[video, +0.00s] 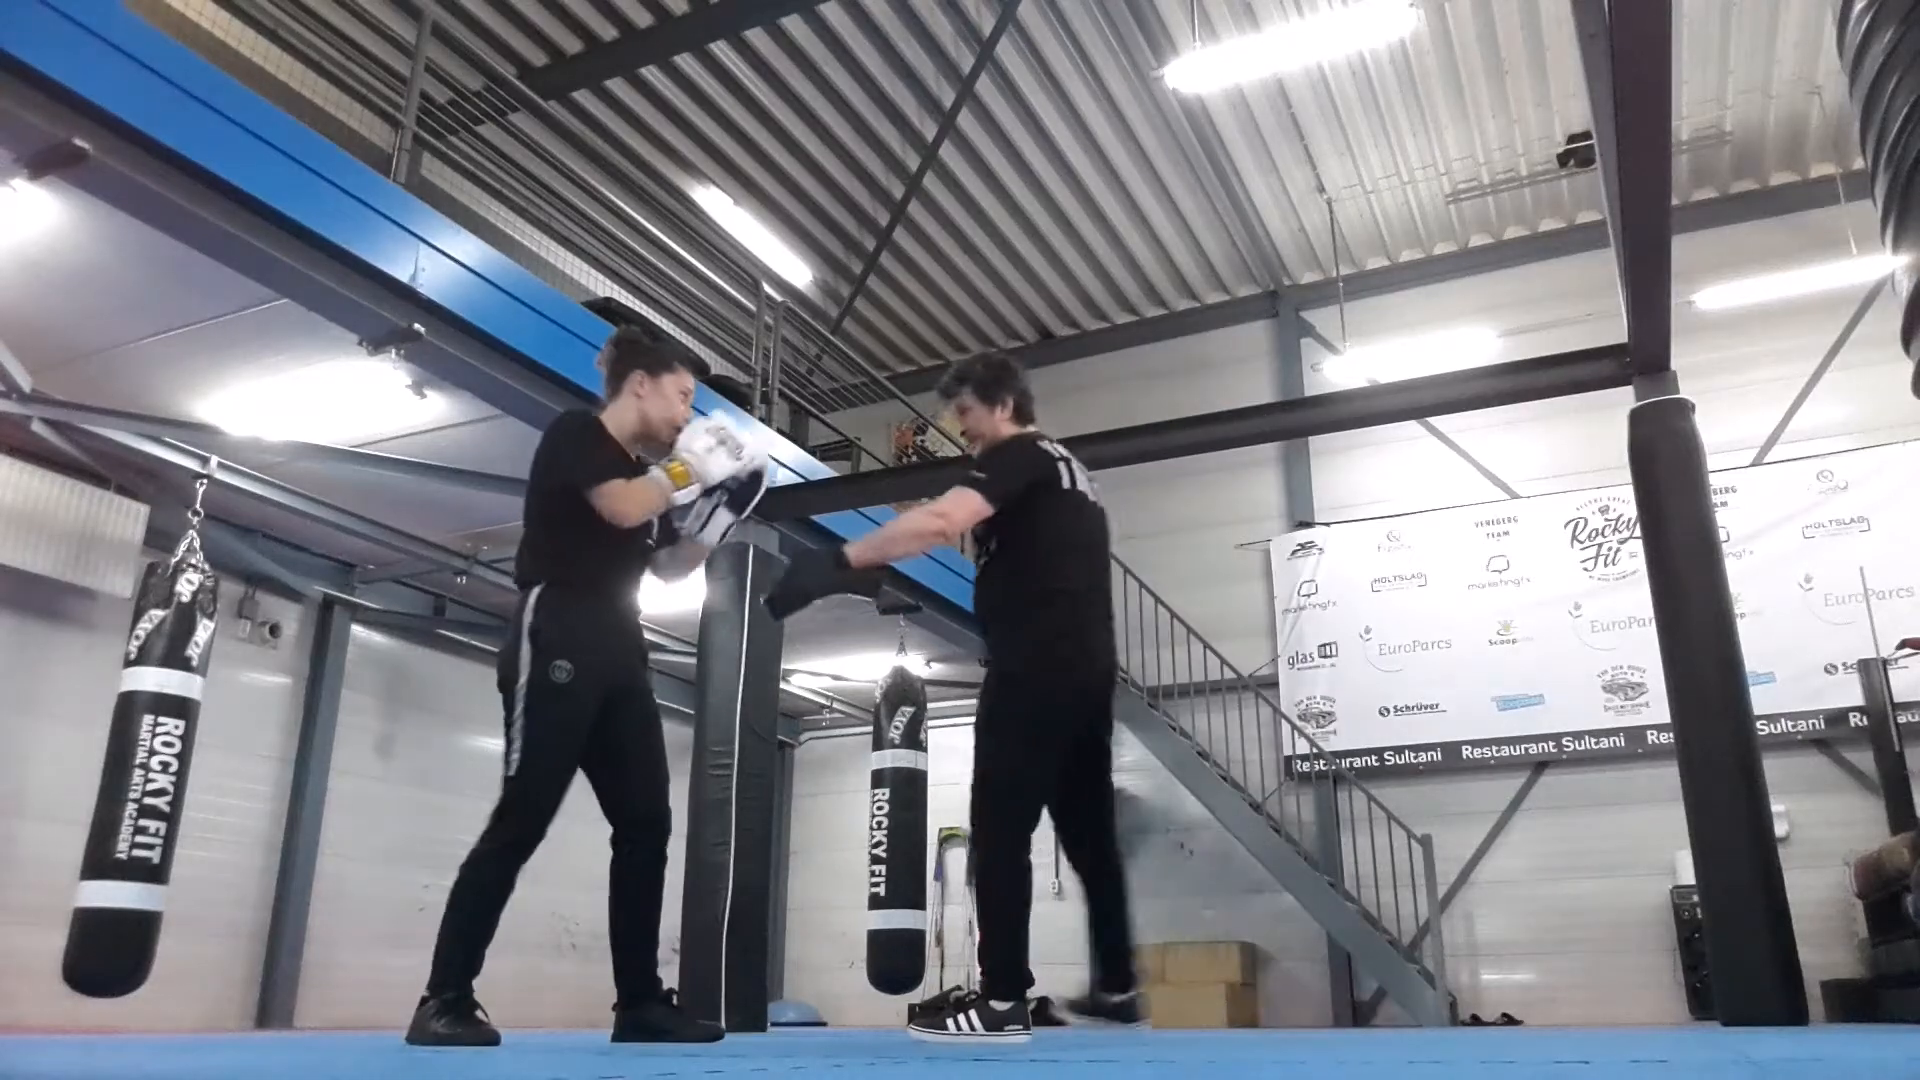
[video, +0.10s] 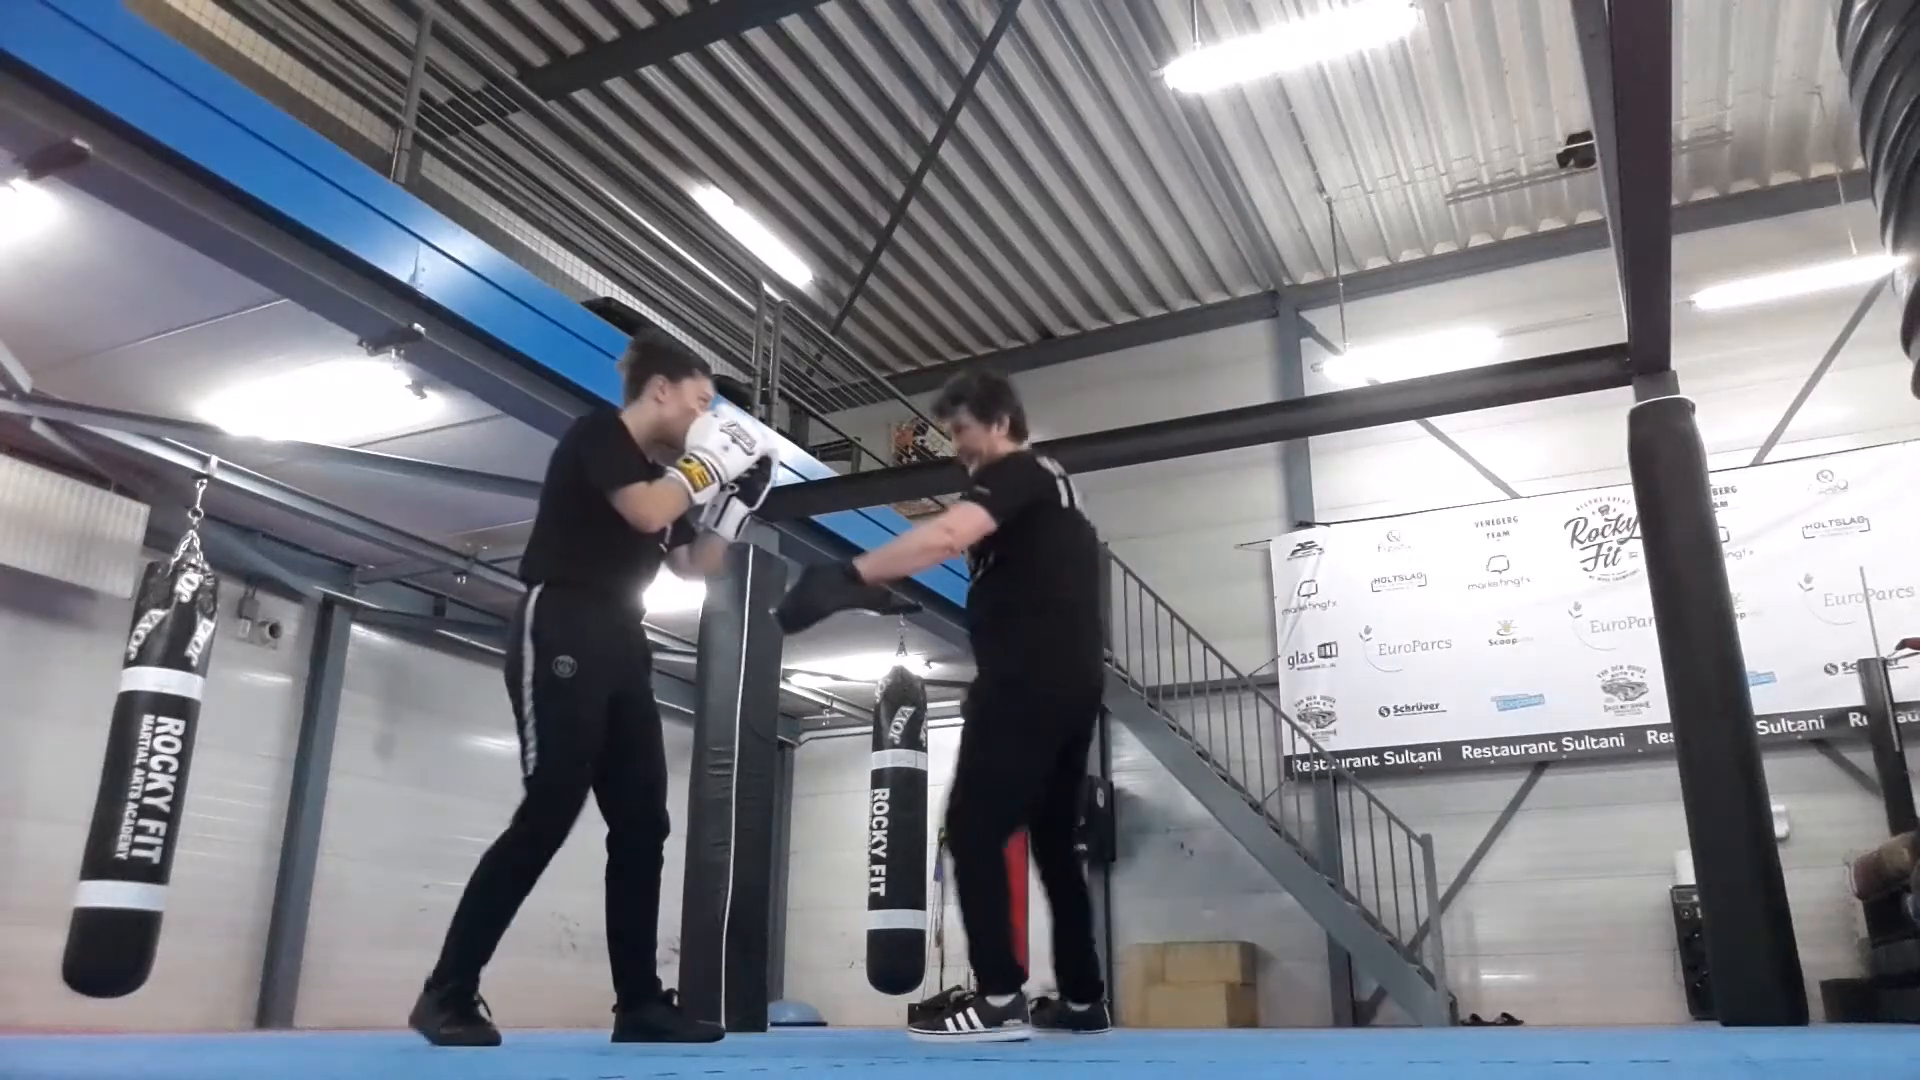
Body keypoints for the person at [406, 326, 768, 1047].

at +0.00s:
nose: (688, 415)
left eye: (692, 402)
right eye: (682, 396)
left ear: (646, 397)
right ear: (638, 385)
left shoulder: (639, 470)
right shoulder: (576, 432)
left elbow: (667, 569)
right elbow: (621, 505)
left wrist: (713, 517)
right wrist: (690, 466)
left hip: (616, 650)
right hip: (556, 641)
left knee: (645, 824)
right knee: (518, 822)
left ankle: (641, 1005)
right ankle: (444, 999)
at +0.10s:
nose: (705, 417)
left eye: (709, 406)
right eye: (701, 401)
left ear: (670, 399)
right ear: (659, 388)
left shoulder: (654, 467)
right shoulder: (598, 433)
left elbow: (696, 564)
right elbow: (647, 509)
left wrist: (737, 500)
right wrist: (704, 460)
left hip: (618, 636)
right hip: (560, 626)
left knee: (642, 823)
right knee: (551, 805)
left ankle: (640, 1005)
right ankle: (448, 993)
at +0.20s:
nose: (720, 425)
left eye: (723, 414)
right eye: (716, 409)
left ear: (684, 403)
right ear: (677, 395)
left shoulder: (660, 478)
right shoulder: (611, 435)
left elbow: (696, 580)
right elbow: (647, 520)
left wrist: (743, 518)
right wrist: (714, 478)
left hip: (620, 641)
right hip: (561, 626)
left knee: (640, 822)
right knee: (566, 790)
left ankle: (640, 1005)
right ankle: (442, 968)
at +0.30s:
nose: (723, 431)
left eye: (727, 418)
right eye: (719, 413)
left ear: (688, 405)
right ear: (679, 395)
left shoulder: (671, 480)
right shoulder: (610, 438)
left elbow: (659, 585)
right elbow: (618, 533)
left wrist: (711, 554)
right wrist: (694, 506)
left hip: (619, 654)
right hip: (557, 637)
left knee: (647, 822)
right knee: (559, 782)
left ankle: (641, 1006)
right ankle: (410, 960)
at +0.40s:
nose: (712, 436)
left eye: (715, 423)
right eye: (709, 418)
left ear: (674, 408)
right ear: (667, 401)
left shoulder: (660, 493)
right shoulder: (591, 448)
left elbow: (643, 593)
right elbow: (592, 543)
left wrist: (708, 560)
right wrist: (680, 528)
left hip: (615, 661)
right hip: (553, 646)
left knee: (670, 830)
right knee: (539, 802)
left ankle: (644, 1009)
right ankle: (360, 963)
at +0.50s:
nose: (678, 431)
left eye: (682, 419)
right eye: (676, 415)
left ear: (635, 408)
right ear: (637, 401)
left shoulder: (612, 479)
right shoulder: (571, 447)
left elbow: (650, 583)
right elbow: (627, 524)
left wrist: (680, 521)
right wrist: (679, 484)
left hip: (589, 663)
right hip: (534, 655)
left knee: (658, 834)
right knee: (508, 827)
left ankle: (646, 1007)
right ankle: (325, 989)